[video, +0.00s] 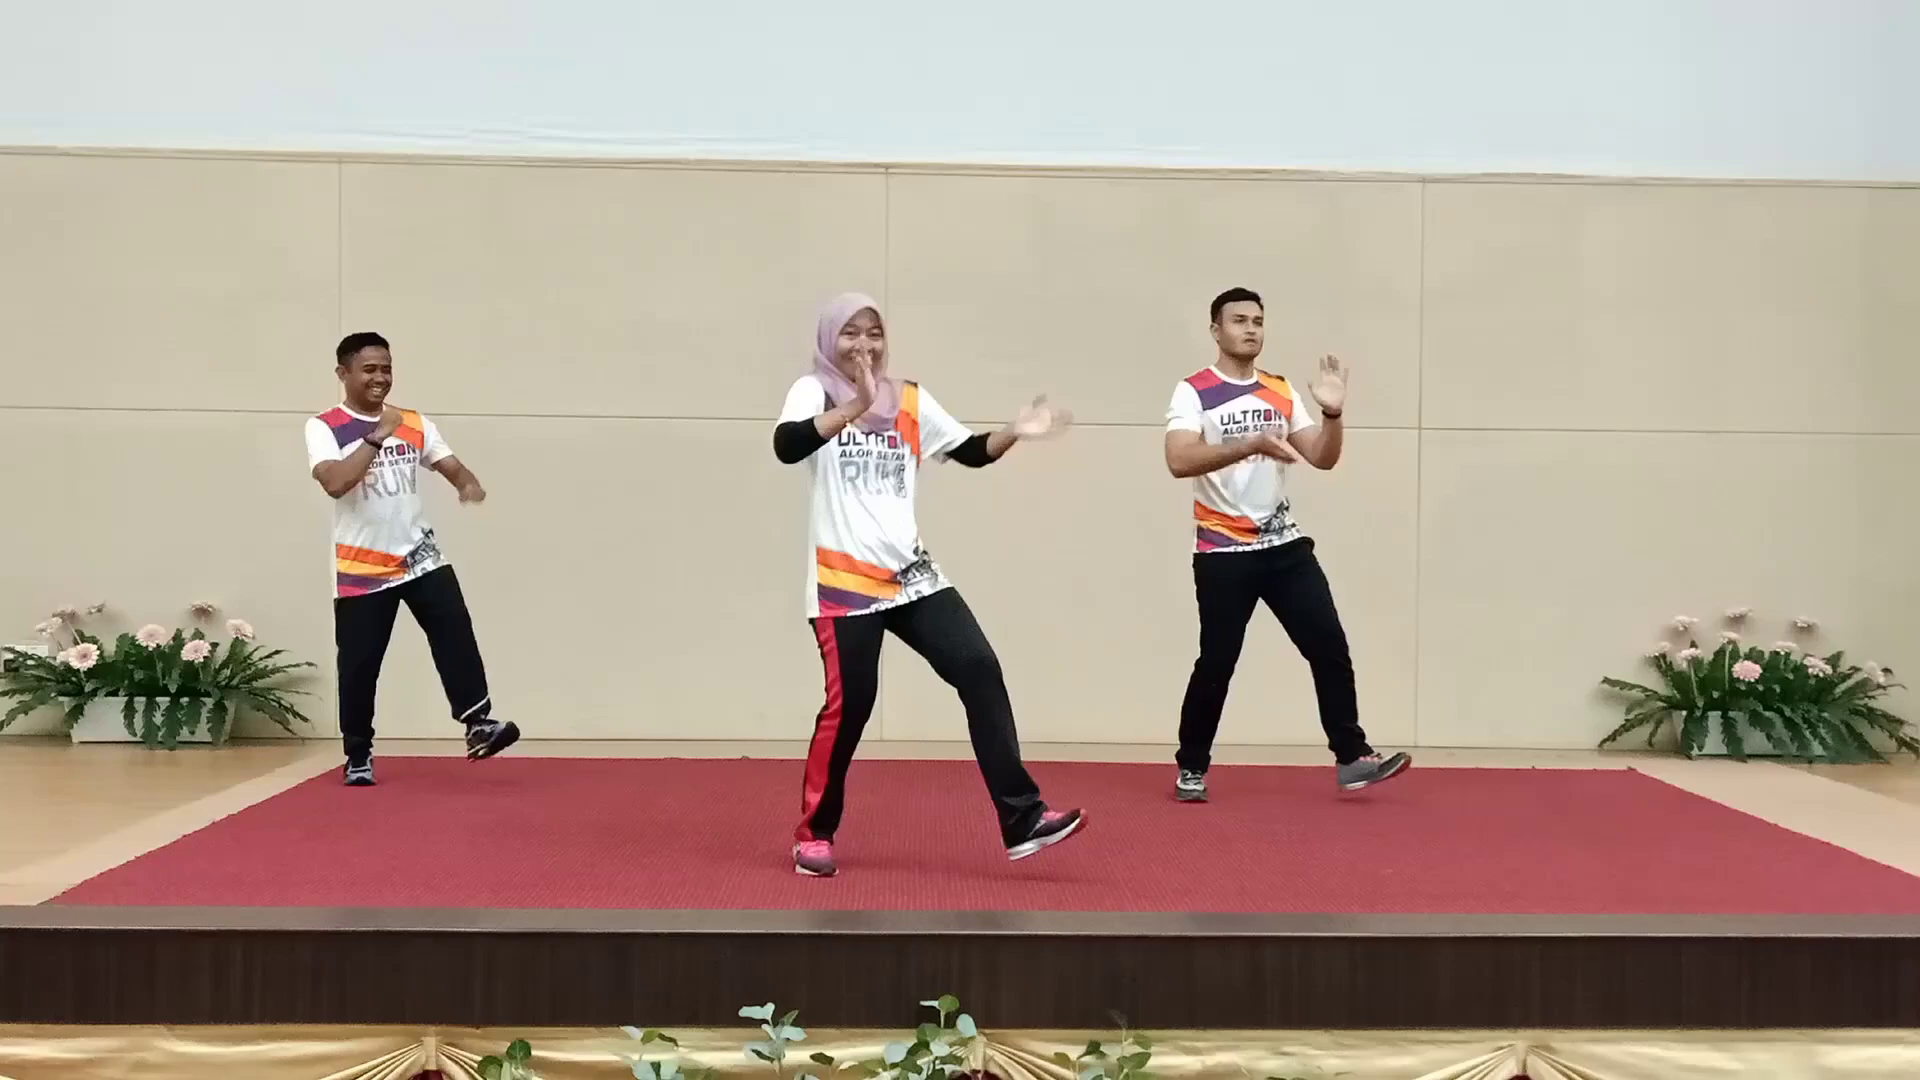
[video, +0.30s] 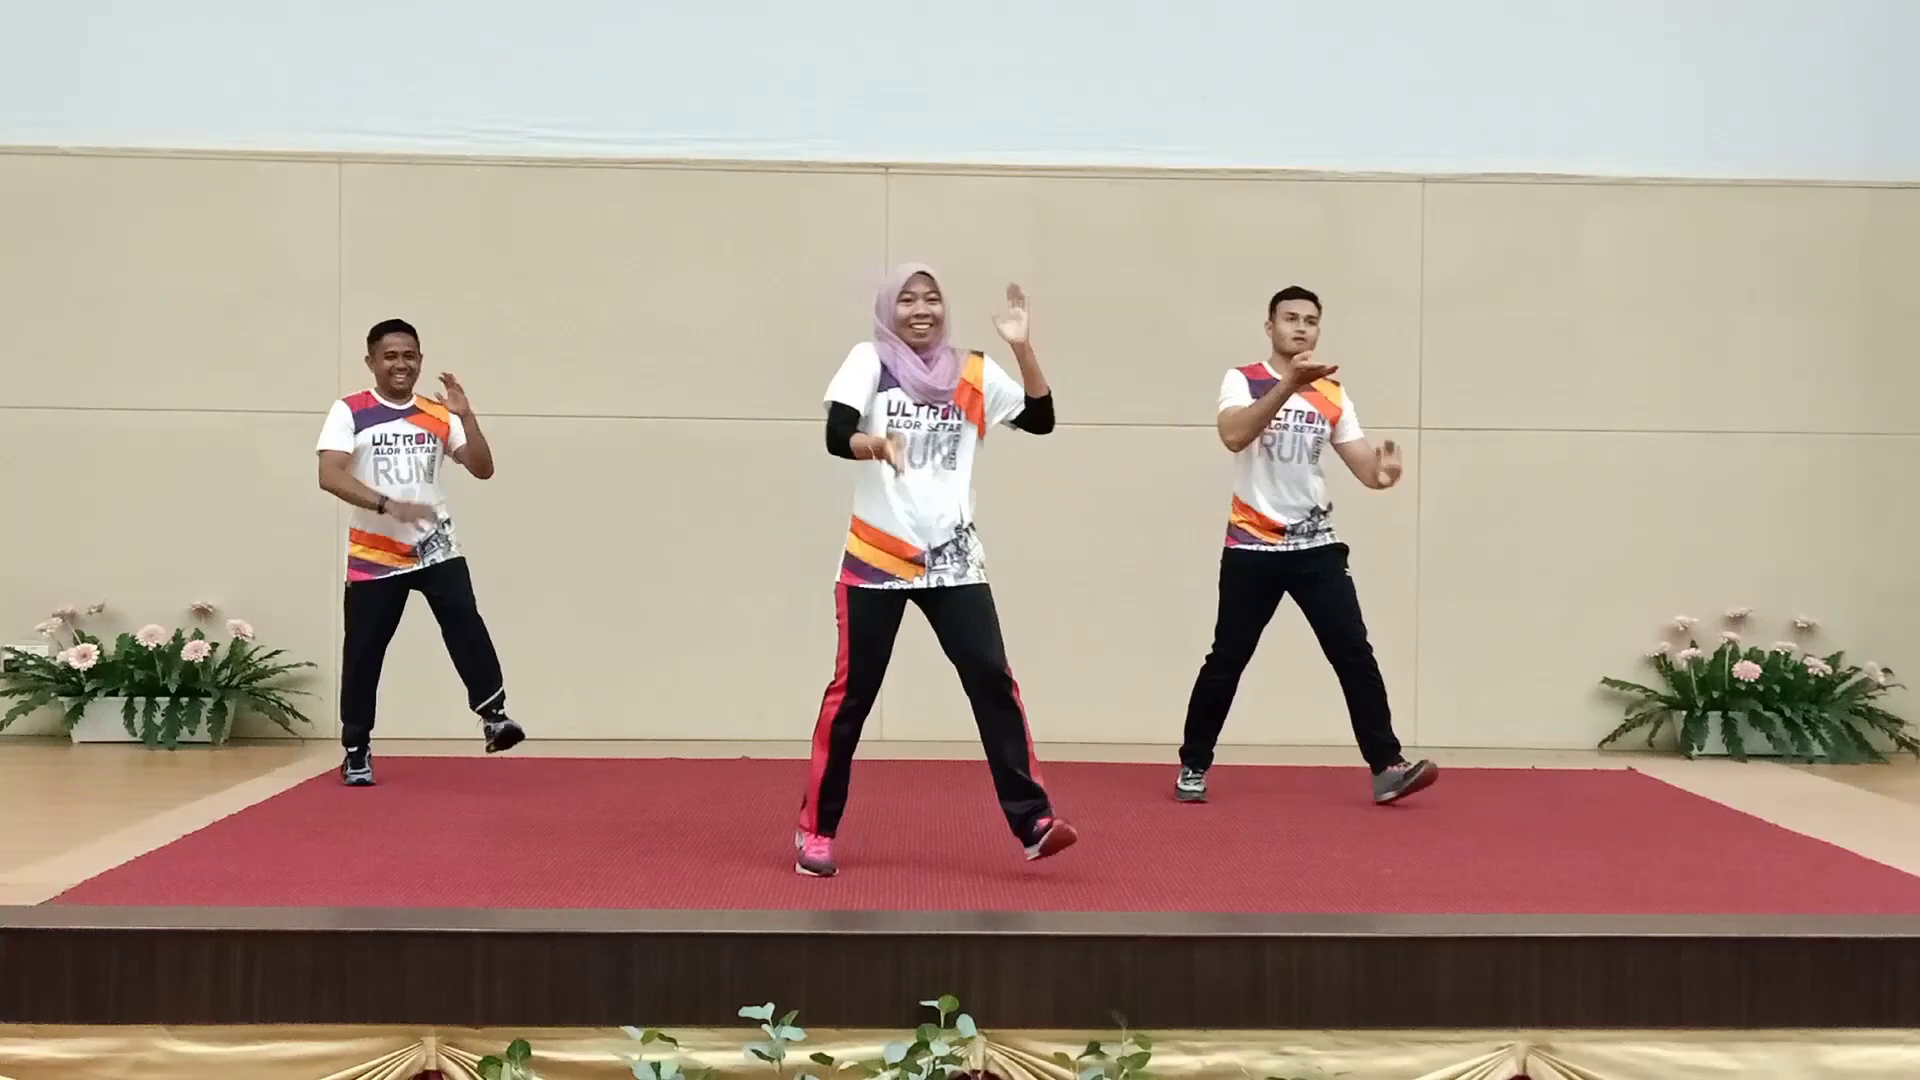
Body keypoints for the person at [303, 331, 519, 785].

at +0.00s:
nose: (380, 378)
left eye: (386, 370)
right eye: (369, 370)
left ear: (391, 373)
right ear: (343, 373)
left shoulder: (413, 424)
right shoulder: (323, 428)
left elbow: (452, 468)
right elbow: (335, 483)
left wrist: (468, 484)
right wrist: (379, 434)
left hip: (419, 558)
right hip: (362, 568)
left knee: (454, 629)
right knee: (358, 667)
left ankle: (478, 725)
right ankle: (358, 756)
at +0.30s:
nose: (401, 363)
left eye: (409, 355)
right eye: (391, 356)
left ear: (420, 361)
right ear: (371, 361)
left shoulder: (438, 416)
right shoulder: (349, 411)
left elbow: (482, 468)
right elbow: (330, 476)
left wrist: (467, 414)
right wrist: (389, 504)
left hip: (436, 551)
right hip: (375, 558)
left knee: (464, 621)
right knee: (363, 654)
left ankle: (494, 716)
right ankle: (357, 751)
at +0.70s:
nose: (462, 368)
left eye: (472, 360)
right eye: (455, 361)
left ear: (497, 366)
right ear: (449, 369)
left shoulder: (515, 418)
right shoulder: (436, 423)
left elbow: (527, 479)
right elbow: (385, 458)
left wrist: (460, 504)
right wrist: (361, 452)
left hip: (491, 573)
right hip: (438, 570)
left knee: (493, 666)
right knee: (416, 648)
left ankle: (501, 758)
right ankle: (425, 737)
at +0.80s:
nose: (473, 370)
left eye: (484, 361)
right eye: (467, 362)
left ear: (509, 367)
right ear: (460, 370)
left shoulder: (524, 417)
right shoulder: (452, 425)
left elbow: (532, 479)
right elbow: (398, 461)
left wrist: (471, 520)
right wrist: (381, 438)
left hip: (501, 572)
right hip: (451, 568)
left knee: (498, 666)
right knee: (432, 639)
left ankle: (501, 757)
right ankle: (467, 725)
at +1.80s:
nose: (639, 374)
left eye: (651, 366)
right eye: (638, 366)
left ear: (680, 375)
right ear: (637, 373)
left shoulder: (689, 428)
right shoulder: (627, 428)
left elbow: (677, 489)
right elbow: (574, 461)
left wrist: (610, 483)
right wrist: (530, 437)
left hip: (662, 568)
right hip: (617, 562)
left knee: (661, 658)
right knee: (570, 621)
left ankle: (686, 754)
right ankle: (580, 725)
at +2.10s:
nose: (650, 377)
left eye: (661, 369)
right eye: (649, 370)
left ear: (691, 377)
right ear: (650, 378)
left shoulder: (699, 432)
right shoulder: (646, 435)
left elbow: (700, 503)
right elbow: (598, 484)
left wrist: (636, 531)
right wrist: (589, 439)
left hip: (662, 573)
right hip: (621, 568)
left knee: (661, 662)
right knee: (583, 642)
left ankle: (686, 756)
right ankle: (559, 739)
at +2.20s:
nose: (649, 384)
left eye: (660, 376)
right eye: (649, 376)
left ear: (690, 385)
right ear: (651, 383)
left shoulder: (701, 440)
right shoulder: (644, 443)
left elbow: (704, 512)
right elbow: (607, 505)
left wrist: (642, 546)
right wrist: (597, 460)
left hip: (661, 580)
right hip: (625, 577)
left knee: (653, 665)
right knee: (595, 660)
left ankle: (685, 757)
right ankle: (561, 750)